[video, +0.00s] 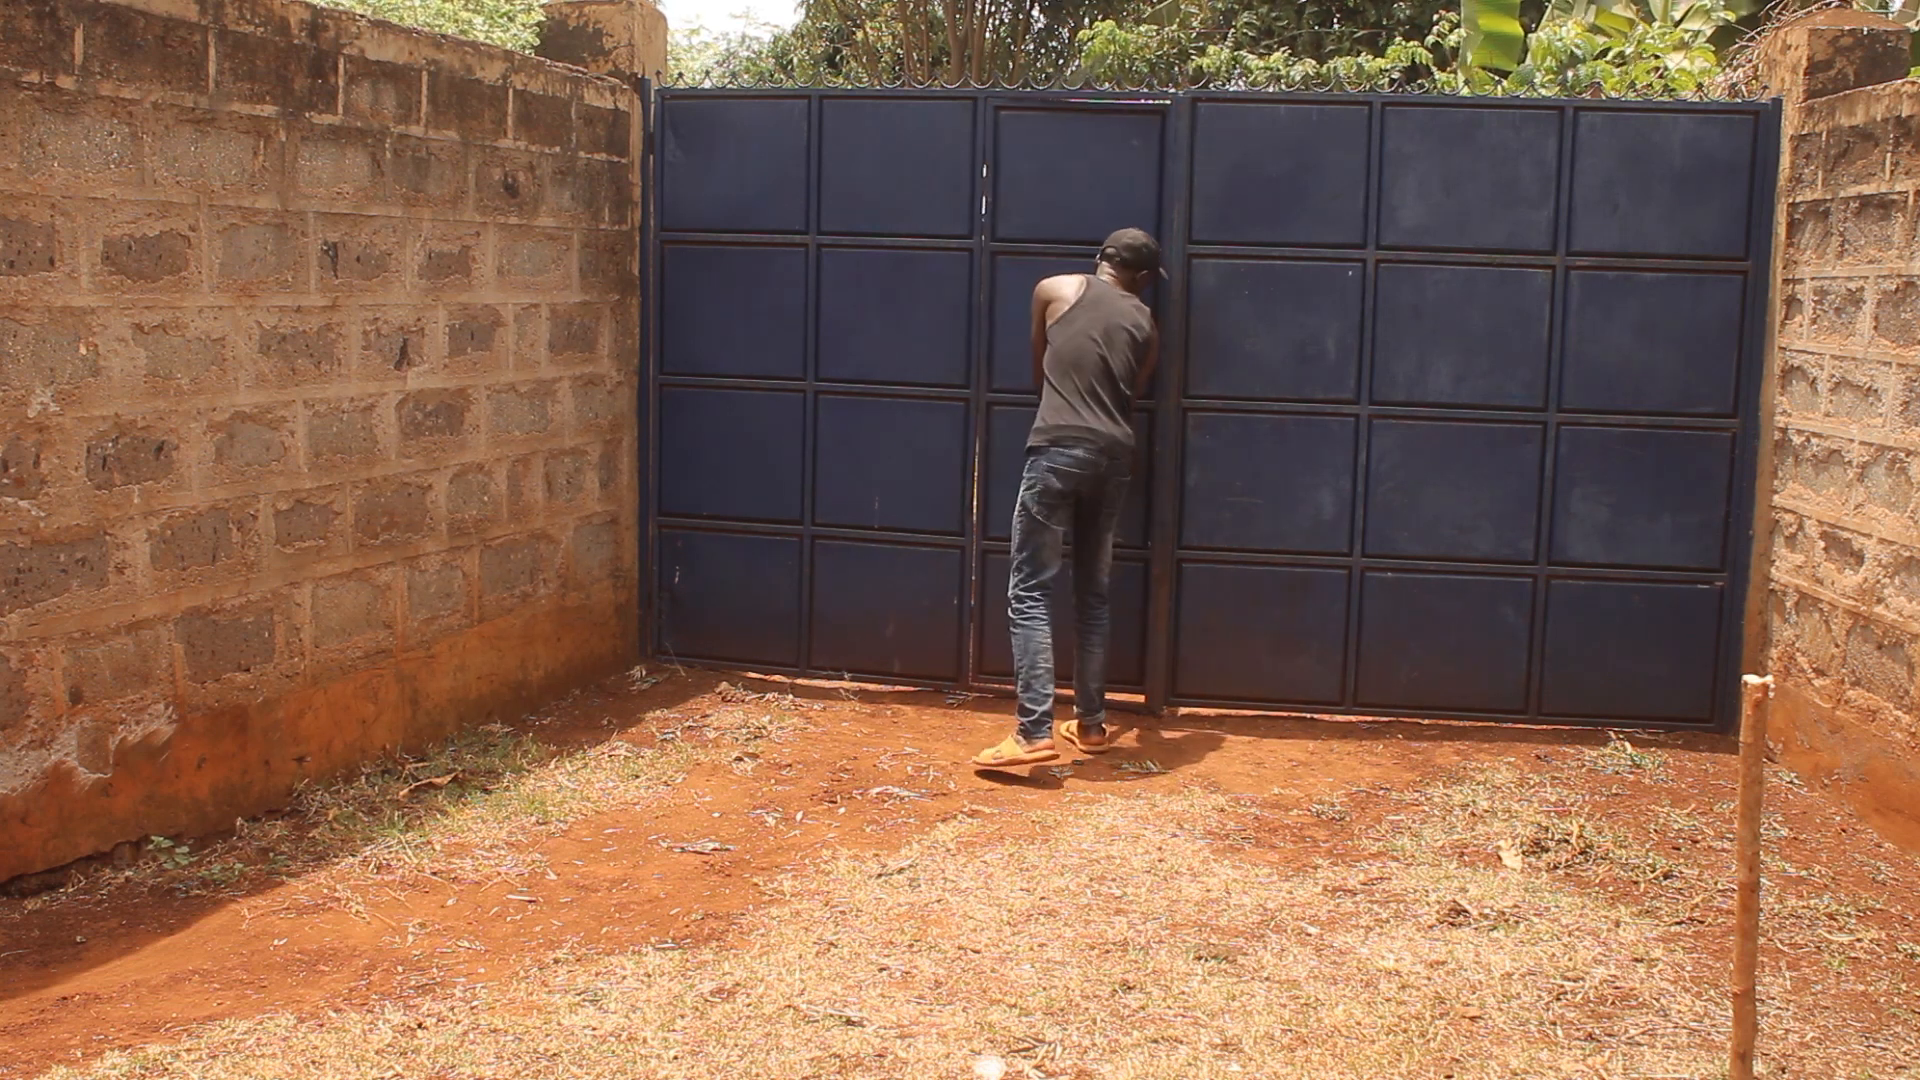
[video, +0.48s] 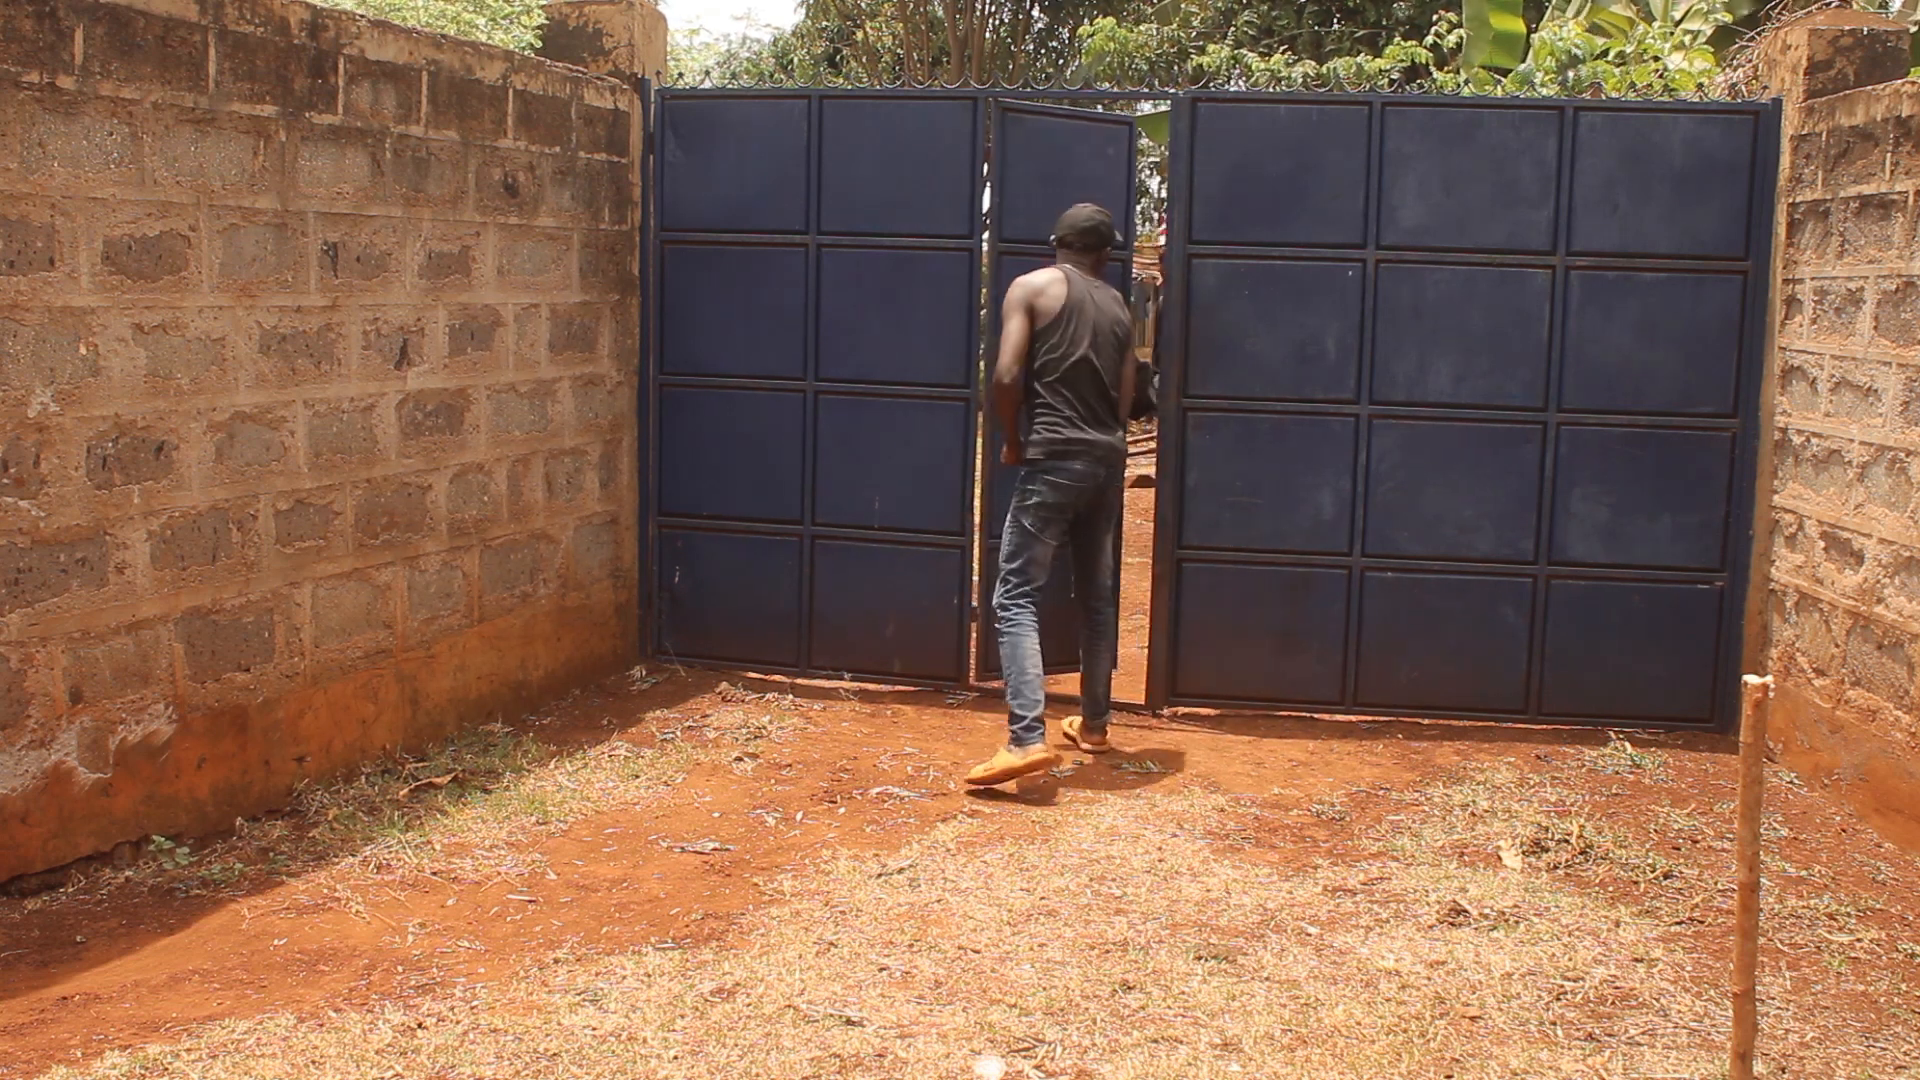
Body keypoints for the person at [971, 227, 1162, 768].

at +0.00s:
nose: (1143, 285)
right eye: (1146, 278)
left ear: (1099, 259)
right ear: (1142, 277)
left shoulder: (1054, 288)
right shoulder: (1146, 322)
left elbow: (1041, 367)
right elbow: (1136, 387)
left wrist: (1069, 404)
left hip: (1057, 449)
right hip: (1113, 457)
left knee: (1029, 590)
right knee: (1094, 595)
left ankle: (1035, 732)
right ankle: (1092, 725)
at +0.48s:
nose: (1061, 251)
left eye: (1059, 242)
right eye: (1108, 253)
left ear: (1056, 245)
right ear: (1107, 253)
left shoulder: (1029, 287)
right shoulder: (1120, 308)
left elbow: (1007, 376)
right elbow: (1127, 403)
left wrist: (1010, 439)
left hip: (1050, 461)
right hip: (1107, 464)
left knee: (1015, 597)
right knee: (1100, 600)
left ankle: (1026, 739)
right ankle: (1094, 725)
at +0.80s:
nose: (986, 241)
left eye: (986, 232)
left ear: (989, 234)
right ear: (1039, 235)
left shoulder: (972, 290)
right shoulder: (1067, 295)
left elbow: (958, 390)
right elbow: (1091, 398)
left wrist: (971, 436)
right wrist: (1087, 475)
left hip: (1014, 471)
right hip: (1066, 467)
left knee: (1010, 617)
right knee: (1046, 596)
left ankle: (1026, 766)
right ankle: (1065, 720)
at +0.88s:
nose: (969, 234)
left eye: (970, 226)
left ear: (976, 230)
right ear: (1028, 232)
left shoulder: (958, 289)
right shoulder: (1059, 294)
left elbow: (945, 396)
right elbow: (1092, 388)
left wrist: (981, 428)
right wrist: (1095, 473)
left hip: (1009, 468)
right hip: (1062, 464)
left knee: (1010, 617)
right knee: (1020, 603)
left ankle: (1027, 763)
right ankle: (1028, 731)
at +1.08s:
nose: (951, 235)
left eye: (949, 226)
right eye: (1006, 227)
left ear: (953, 230)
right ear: (1006, 230)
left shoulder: (928, 294)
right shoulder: (1041, 297)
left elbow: (932, 374)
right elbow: (1066, 392)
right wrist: (1084, 485)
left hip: (973, 471)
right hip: (1025, 469)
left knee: (989, 621)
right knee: (958, 598)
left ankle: (1024, 764)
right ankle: (934, 735)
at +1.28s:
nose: (994, 231)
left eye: (953, 221)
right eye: (997, 222)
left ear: (943, 225)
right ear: (997, 226)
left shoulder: (911, 280)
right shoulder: (1024, 296)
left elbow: (943, 318)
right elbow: (1026, 397)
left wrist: (1003, 282)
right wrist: (1033, 490)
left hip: (932, 469)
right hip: (995, 470)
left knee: (912, 597)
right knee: (962, 606)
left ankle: (966, 716)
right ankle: (935, 743)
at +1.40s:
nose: (995, 228)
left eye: (989, 221)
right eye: (994, 221)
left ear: (937, 222)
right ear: (990, 225)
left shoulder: (902, 276)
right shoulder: (1009, 293)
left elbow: (937, 315)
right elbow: (1002, 393)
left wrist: (999, 284)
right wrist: (1013, 479)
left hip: (911, 456)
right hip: (974, 463)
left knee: (902, 579)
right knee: (958, 604)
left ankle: (897, 698)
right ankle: (935, 739)